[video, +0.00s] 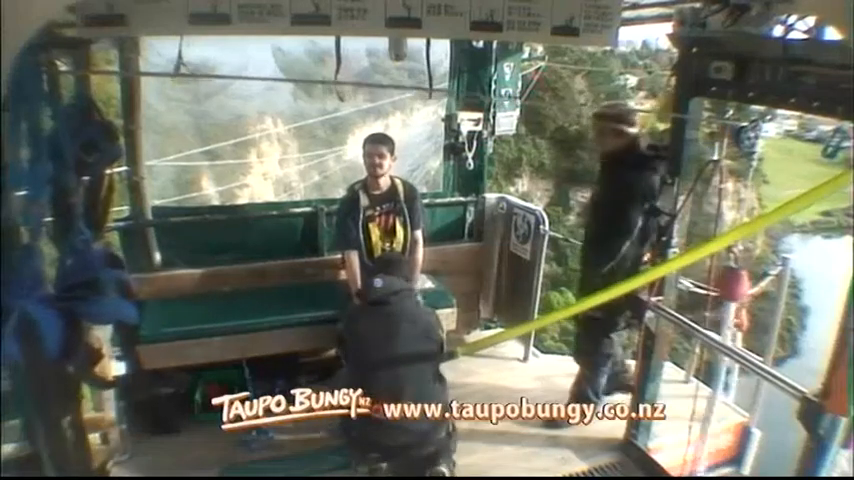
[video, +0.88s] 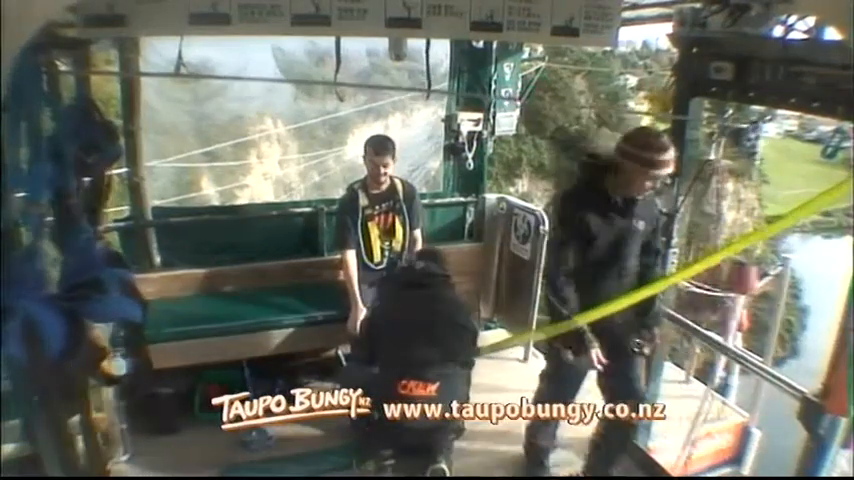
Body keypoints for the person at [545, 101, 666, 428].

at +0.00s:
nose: (598, 139)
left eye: (604, 133)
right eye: (598, 132)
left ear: (623, 134)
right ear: (609, 133)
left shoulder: (635, 171)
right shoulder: (614, 165)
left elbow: (626, 227)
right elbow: (607, 218)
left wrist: (600, 270)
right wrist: (592, 258)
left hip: (616, 265)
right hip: (598, 261)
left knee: (598, 330)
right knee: (593, 325)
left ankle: (581, 403)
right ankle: (618, 374)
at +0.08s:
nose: (596, 142)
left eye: (603, 135)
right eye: (596, 134)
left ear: (621, 136)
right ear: (604, 136)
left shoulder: (633, 172)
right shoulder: (611, 167)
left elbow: (626, 231)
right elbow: (602, 223)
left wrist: (594, 276)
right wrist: (584, 266)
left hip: (612, 265)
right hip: (593, 260)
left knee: (592, 326)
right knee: (578, 321)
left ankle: (588, 395)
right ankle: (584, 377)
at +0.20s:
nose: (595, 149)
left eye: (603, 142)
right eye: (593, 140)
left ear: (619, 143)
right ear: (590, 140)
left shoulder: (636, 177)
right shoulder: (596, 172)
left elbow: (634, 239)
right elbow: (584, 218)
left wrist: (612, 286)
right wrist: (565, 250)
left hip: (609, 277)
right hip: (578, 270)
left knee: (593, 342)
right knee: (553, 332)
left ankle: (582, 404)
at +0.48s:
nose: (596, 155)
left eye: (605, 149)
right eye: (591, 146)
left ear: (620, 149)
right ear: (581, 144)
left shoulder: (632, 187)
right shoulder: (567, 177)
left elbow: (642, 247)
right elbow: (544, 222)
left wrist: (640, 303)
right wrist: (529, 262)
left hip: (608, 290)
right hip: (565, 282)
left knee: (590, 359)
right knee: (548, 359)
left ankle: (576, 407)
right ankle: (533, 439)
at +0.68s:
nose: (621, 166)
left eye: (626, 159)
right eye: (613, 159)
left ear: (631, 155)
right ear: (590, 154)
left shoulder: (636, 194)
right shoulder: (558, 190)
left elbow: (650, 258)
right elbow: (527, 252)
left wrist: (644, 312)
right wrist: (535, 311)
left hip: (612, 312)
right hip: (561, 308)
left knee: (601, 391)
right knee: (549, 386)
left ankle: (547, 403)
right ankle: (535, 449)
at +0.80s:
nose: (637, 172)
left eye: (641, 165)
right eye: (631, 164)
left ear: (643, 163)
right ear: (608, 157)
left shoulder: (644, 203)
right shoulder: (564, 195)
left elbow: (652, 267)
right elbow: (541, 265)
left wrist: (646, 321)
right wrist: (559, 324)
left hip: (618, 318)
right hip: (569, 315)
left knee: (622, 394)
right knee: (554, 392)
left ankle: (576, 434)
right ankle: (536, 449)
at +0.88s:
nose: (652, 186)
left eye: (658, 180)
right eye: (647, 177)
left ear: (662, 176)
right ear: (624, 164)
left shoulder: (652, 212)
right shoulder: (577, 201)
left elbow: (653, 273)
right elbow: (557, 275)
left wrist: (648, 325)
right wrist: (576, 334)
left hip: (620, 321)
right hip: (575, 316)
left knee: (630, 402)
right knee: (559, 389)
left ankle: (598, 468)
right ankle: (537, 456)